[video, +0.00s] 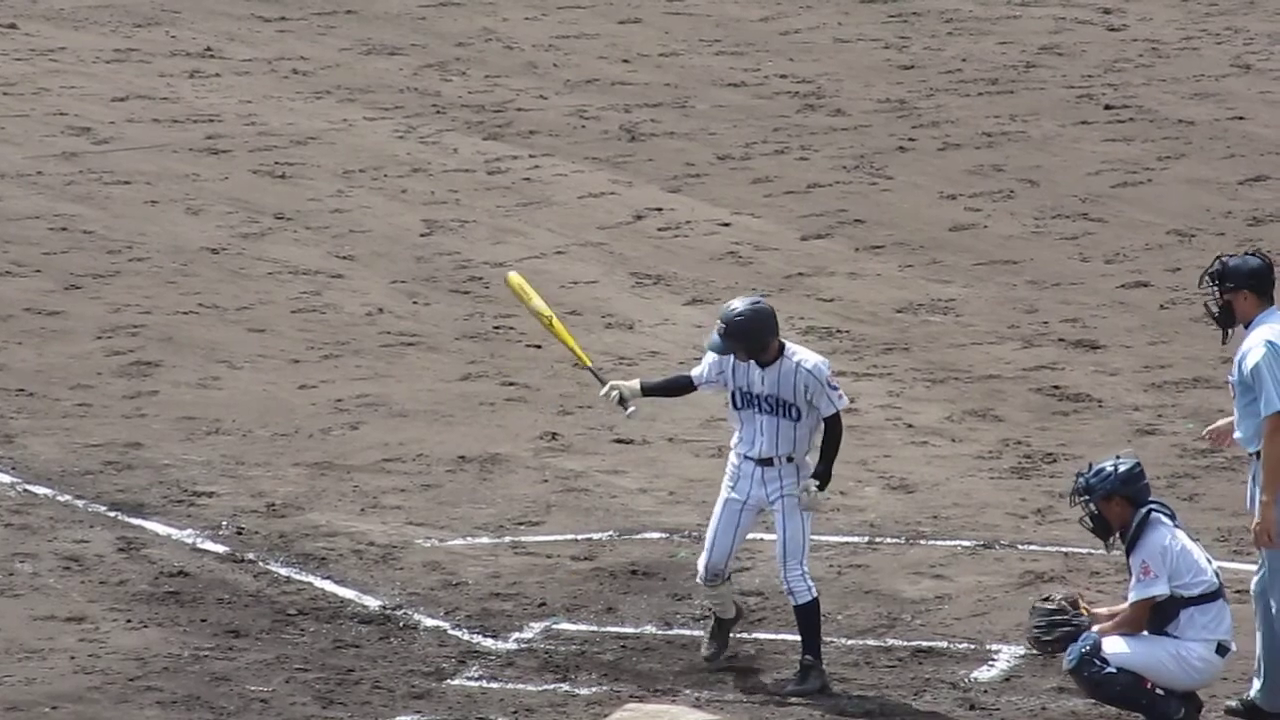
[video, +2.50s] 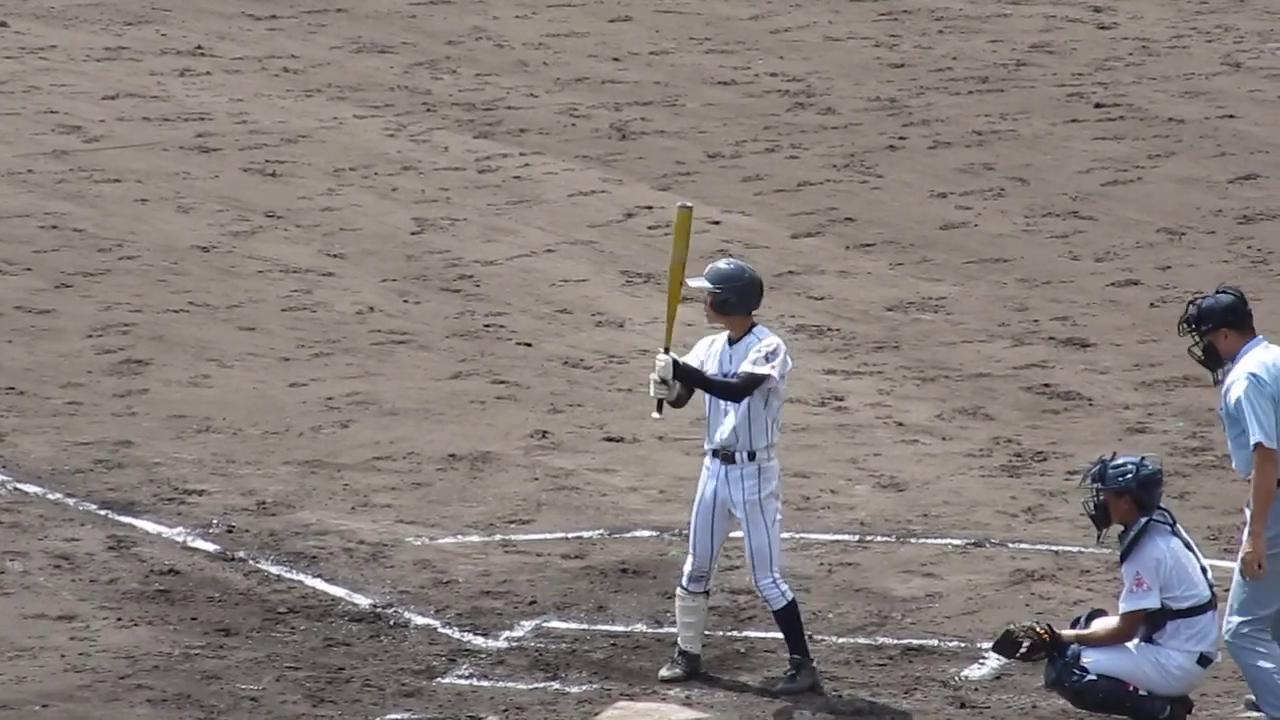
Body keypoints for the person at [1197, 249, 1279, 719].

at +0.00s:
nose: (1218, 301)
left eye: (1223, 293)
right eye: (1218, 292)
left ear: (1245, 296)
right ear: (1254, 295)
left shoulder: (1262, 349)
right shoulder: (1265, 333)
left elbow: (1272, 430)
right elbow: (1267, 405)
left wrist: (1268, 507)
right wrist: (1236, 424)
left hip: (1272, 482)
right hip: (1268, 476)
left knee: (1270, 589)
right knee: (1267, 586)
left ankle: (1269, 695)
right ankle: (1266, 690)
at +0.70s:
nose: (1211, 316)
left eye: (1215, 309)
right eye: (1211, 308)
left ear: (1234, 314)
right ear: (1247, 313)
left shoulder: (1250, 356)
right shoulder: (1260, 345)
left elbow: (1269, 434)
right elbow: (1234, 408)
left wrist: (1246, 505)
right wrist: (1185, 383)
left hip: (1271, 498)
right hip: (1268, 495)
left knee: (1268, 598)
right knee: (1266, 596)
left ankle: (1268, 698)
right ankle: (1265, 693)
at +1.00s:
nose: (1226, 309)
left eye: (1233, 302)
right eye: (1228, 302)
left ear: (1255, 306)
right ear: (1251, 306)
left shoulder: (1274, 352)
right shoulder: (1235, 352)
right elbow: (1194, 391)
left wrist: (1278, 505)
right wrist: (1156, 346)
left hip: (1275, 485)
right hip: (1253, 483)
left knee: (1277, 600)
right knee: (1258, 599)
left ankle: (1271, 696)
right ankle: (1265, 695)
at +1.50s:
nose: (1233, 304)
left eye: (1238, 298)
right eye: (1234, 297)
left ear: (1258, 306)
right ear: (1259, 305)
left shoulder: (1274, 351)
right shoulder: (1247, 345)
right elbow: (1228, 403)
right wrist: (1210, 350)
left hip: (1273, 478)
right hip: (1253, 475)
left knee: (1274, 593)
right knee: (1260, 593)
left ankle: (1273, 694)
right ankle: (1267, 692)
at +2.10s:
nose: (1224, 327)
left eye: (1226, 319)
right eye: (1222, 319)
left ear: (1244, 317)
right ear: (1259, 312)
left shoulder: (1266, 367)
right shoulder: (1263, 355)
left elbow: (1271, 449)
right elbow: (1262, 425)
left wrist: (1240, 513)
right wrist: (1236, 402)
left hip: (1263, 503)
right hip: (1256, 496)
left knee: (1259, 607)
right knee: (1257, 602)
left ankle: (1266, 695)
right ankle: (1261, 692)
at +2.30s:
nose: (1214, 339)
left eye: (1214, 330)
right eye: (1212, 330)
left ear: (1230, 327)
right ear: (1252, 318)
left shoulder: (1253, 373)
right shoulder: (1272, 348)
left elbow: (1265, 455)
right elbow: (1267, 423)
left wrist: (1250, 533)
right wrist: (1242, 457)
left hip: (1269, 522)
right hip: (1272, 514)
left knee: (1249, 627)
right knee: (1264, 608)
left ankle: (1276, 706)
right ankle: (1263, 688)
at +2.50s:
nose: (1203, 345)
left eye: (1205, 336)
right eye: (1202, 336)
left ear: (1222, 334)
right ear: (1244, 327)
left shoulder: (1246, 380)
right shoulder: (1270, 356)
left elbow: (1267, 461)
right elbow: (1268, 456)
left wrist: (1255, 537)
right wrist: (1253, 516)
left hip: (1271, 527)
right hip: (1274, 521)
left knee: (1243, 630)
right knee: (1264, 621)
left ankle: (1275, 706)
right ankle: (1271, 699)